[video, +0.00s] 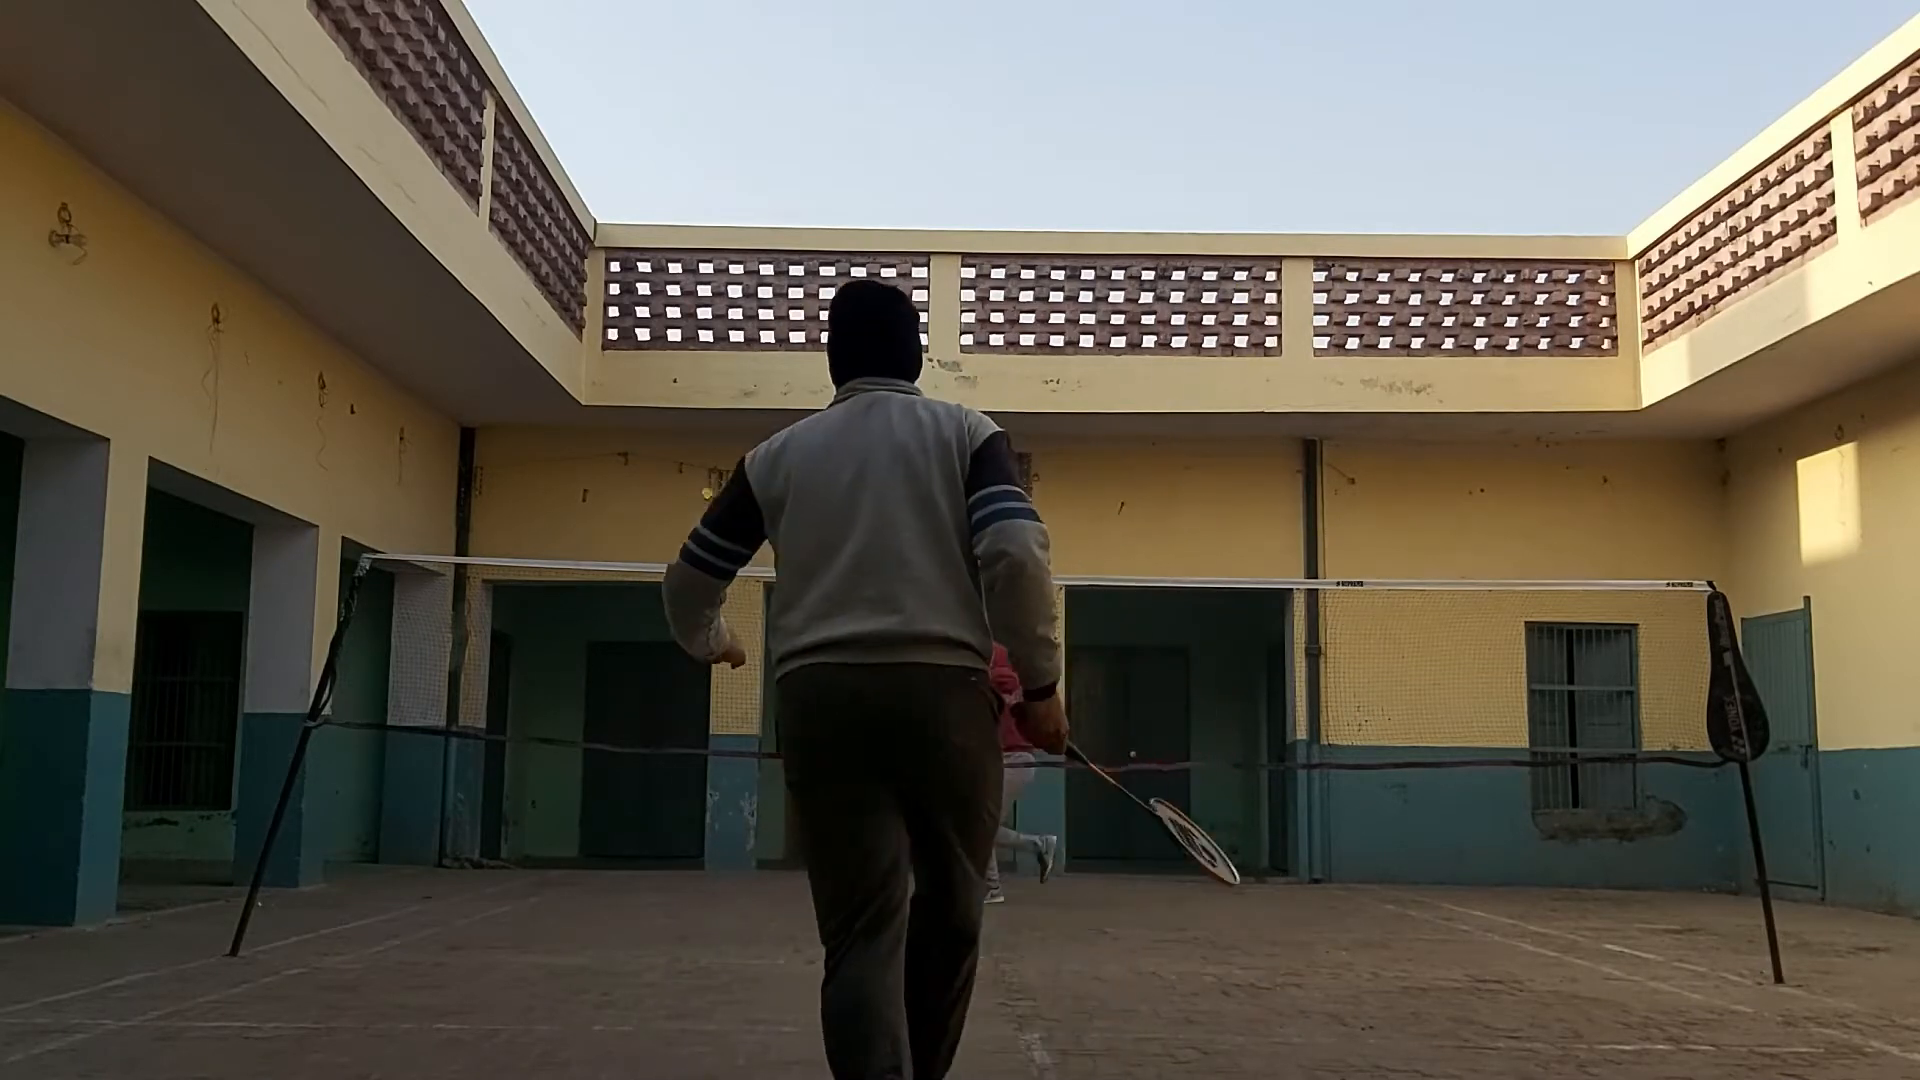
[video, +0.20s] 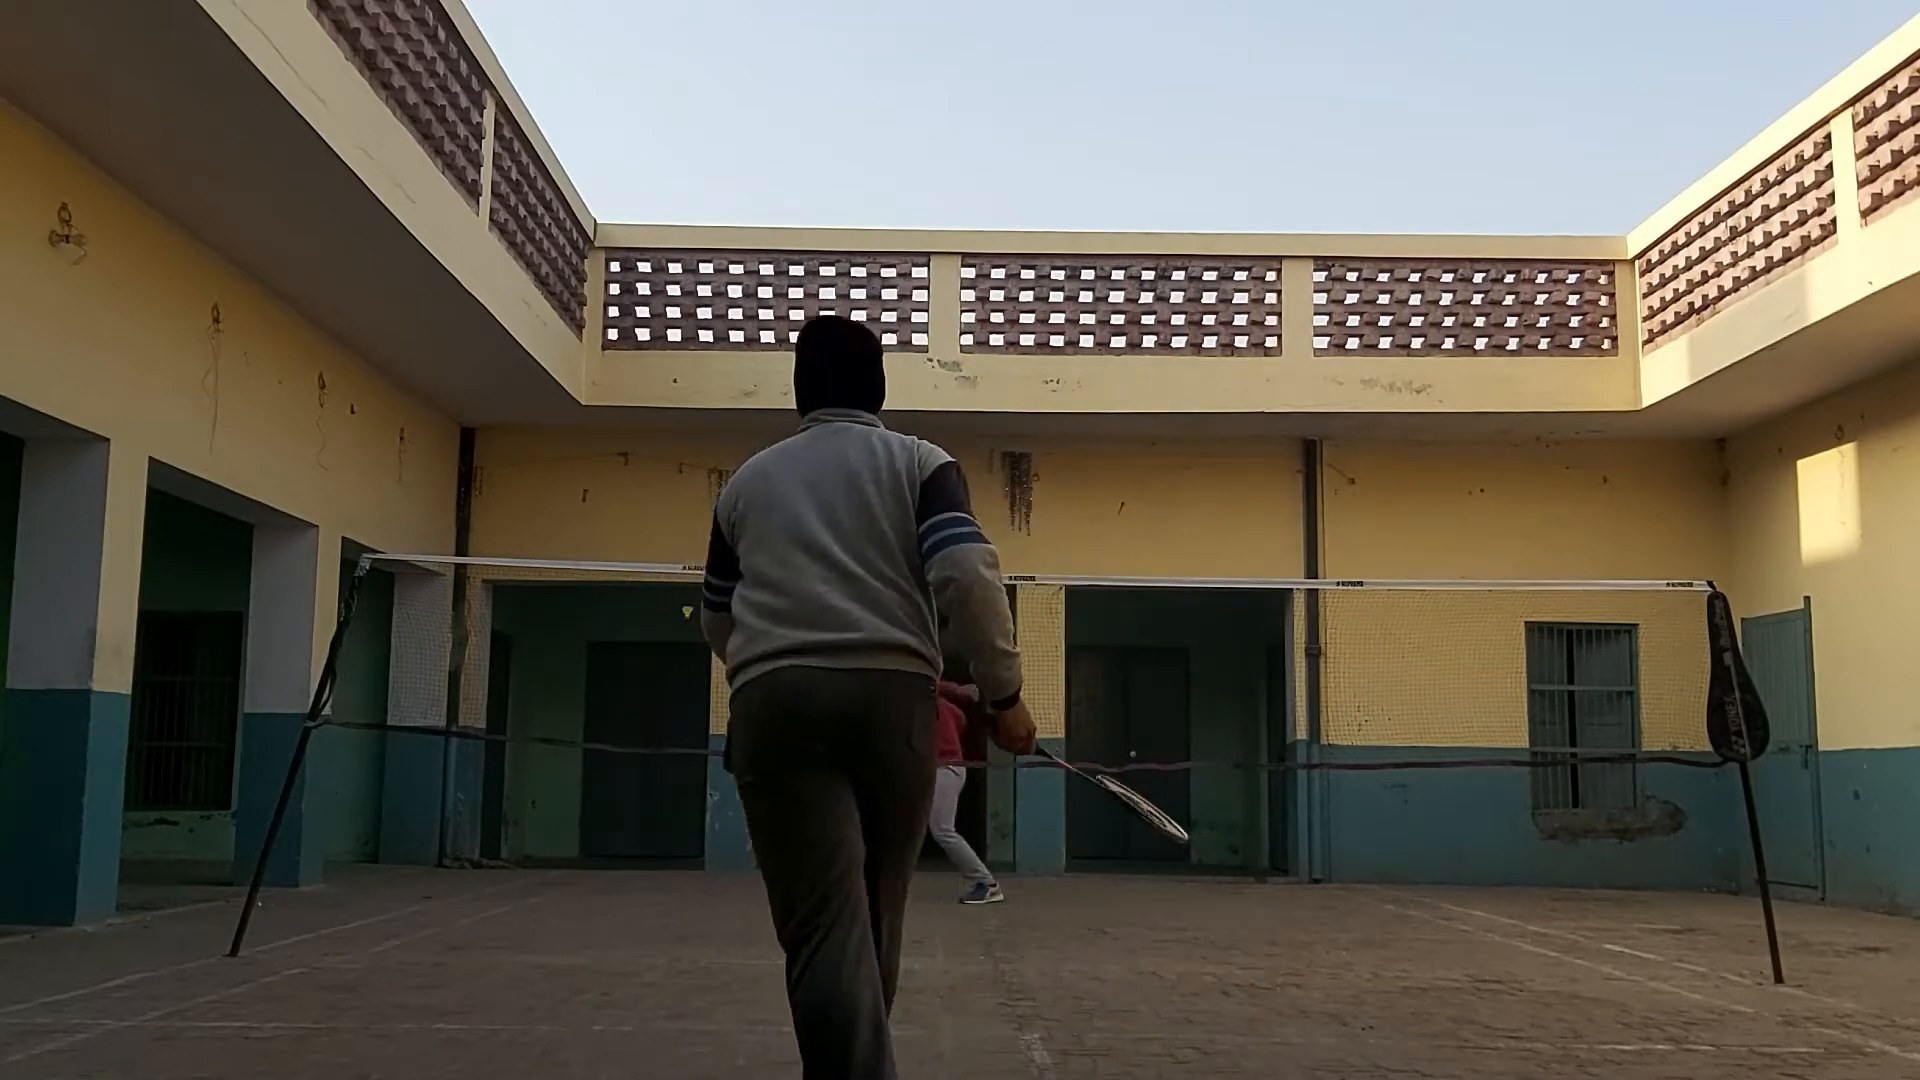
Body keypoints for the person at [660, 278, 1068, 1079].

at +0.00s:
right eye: (909, 341)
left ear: (833, 359)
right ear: (916, 354)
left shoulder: (778, 452)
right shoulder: (967, 431)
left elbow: (688, 586)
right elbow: (1015, 554)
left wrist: (712, 642)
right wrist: (1041, 687)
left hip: (819, 694)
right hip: (945, 692)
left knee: (858, 921)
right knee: (950, 908)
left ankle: (872, 1072)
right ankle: (918, 1067)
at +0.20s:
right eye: (875, 383)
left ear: (799, 391)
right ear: (880, 390)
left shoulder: (748, 478)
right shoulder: (919, 460)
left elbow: (716, 610)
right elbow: (966, 570)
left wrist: (765, 670)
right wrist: (1002, 694)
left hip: (771, 699)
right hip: (894, 697)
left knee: (817, 922)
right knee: (878, 905)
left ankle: (854, 1073)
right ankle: (847, 1062)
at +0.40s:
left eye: (776, 390)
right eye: (838, 393)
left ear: (769, 397)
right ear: (845, 397)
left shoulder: (715, 475)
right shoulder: (877, 471)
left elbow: (700, 588)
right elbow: (925, 582)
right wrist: (945, 695)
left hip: (708, 689)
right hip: (821, 689)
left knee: (707, 902)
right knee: (824, 908)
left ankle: (755, 1063)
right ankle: (821, 1070)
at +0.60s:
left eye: (717, 409)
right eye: (780, 411)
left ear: (710, 416)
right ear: (787, 417)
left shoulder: (649, 492)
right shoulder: (821, 492)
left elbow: (596, 611)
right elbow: (872, 605)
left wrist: (645, 671)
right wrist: (877, 676)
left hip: (639, 704)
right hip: (755, 711)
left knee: (585, 886)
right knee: (790, 907)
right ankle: (811, 1073)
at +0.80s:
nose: (692, 456)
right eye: (692, 446)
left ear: (617, 450)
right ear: (688, 451)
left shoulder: (565, 536)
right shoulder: (687, 523)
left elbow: (523, 637)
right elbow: (737, 613)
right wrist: (818, 571)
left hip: (557, 751)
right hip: (666, 754)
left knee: (545, 907)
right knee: (739, 928)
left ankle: (466, 1064)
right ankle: (785, 1070)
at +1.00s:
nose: (637, 451)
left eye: (640, 435)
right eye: (636, 433)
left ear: (582, 420)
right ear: (607, 426)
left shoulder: (579, 489)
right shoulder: (537, 464)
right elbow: (450, 537)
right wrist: (526, 499)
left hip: (502, 704)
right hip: (549, 698)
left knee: (523, 902)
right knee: (623, 901)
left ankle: (464, 1062)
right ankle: (676, 1064)